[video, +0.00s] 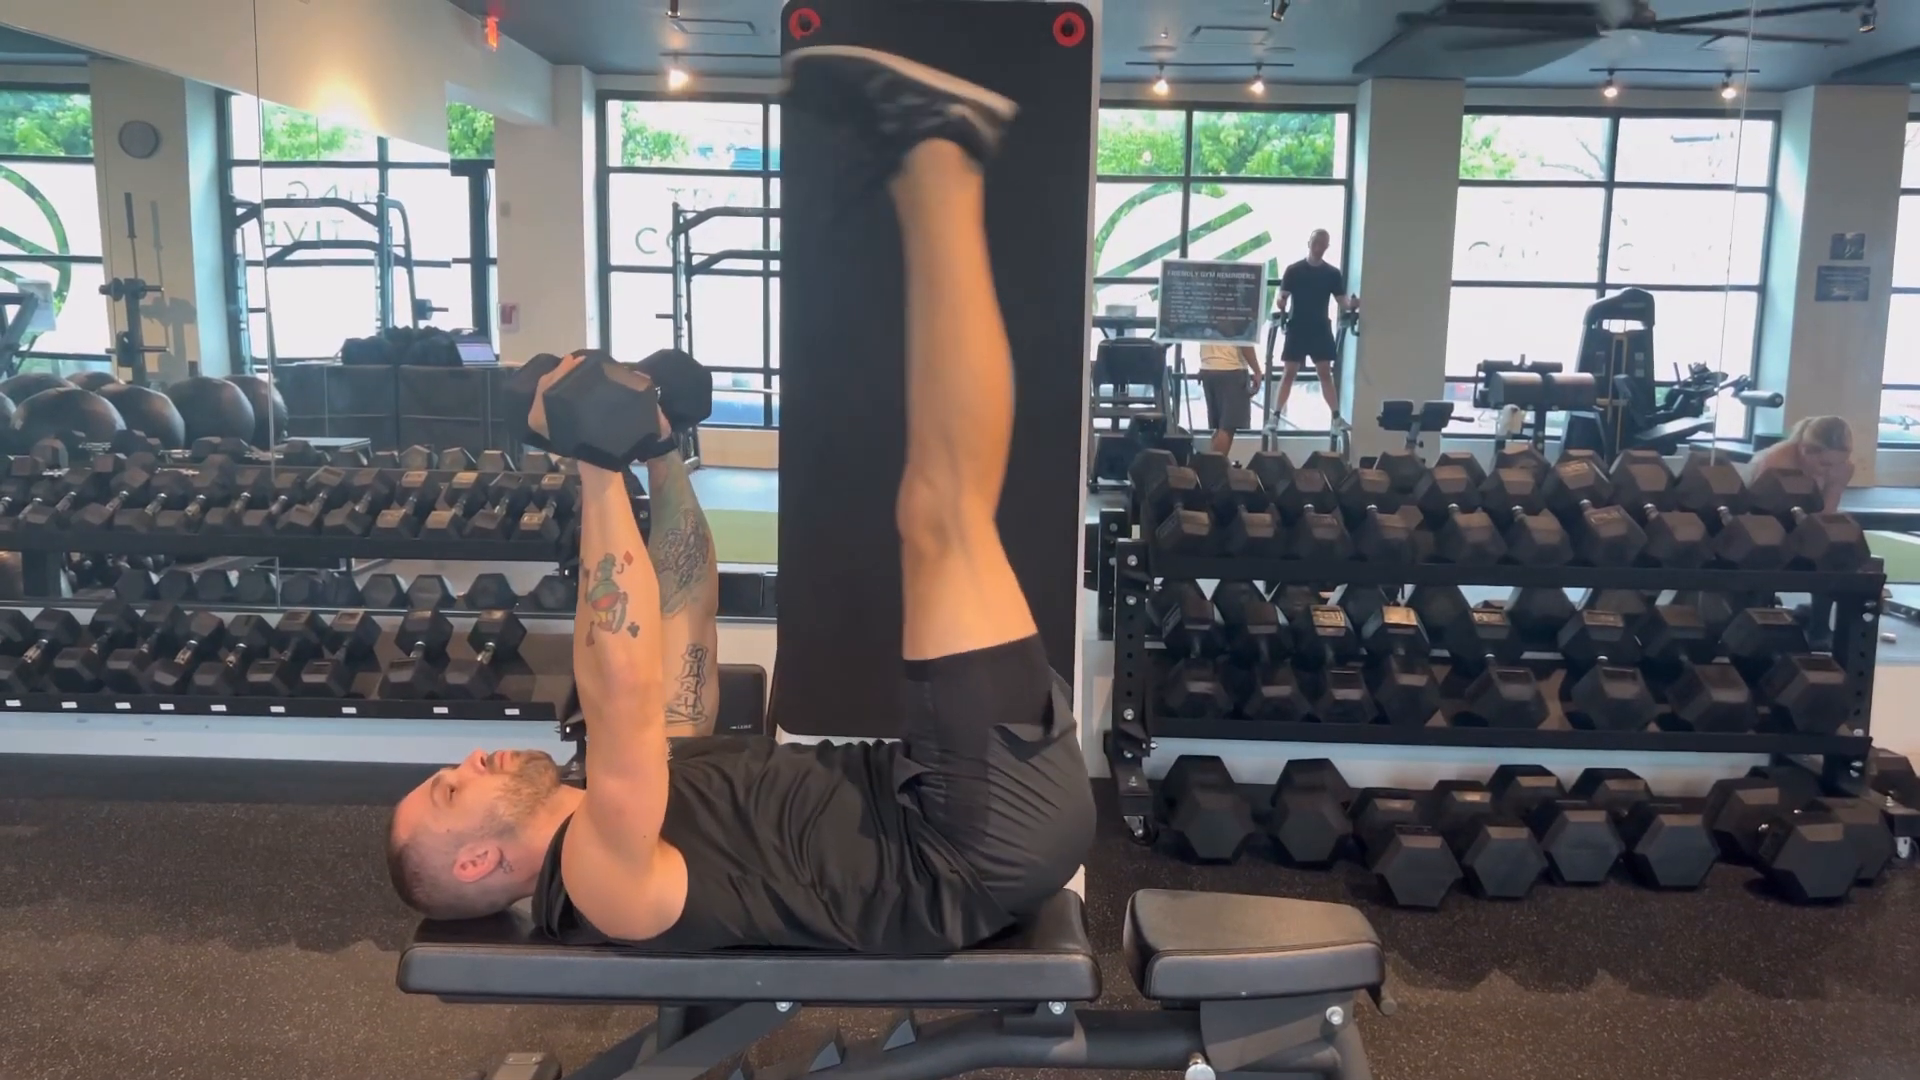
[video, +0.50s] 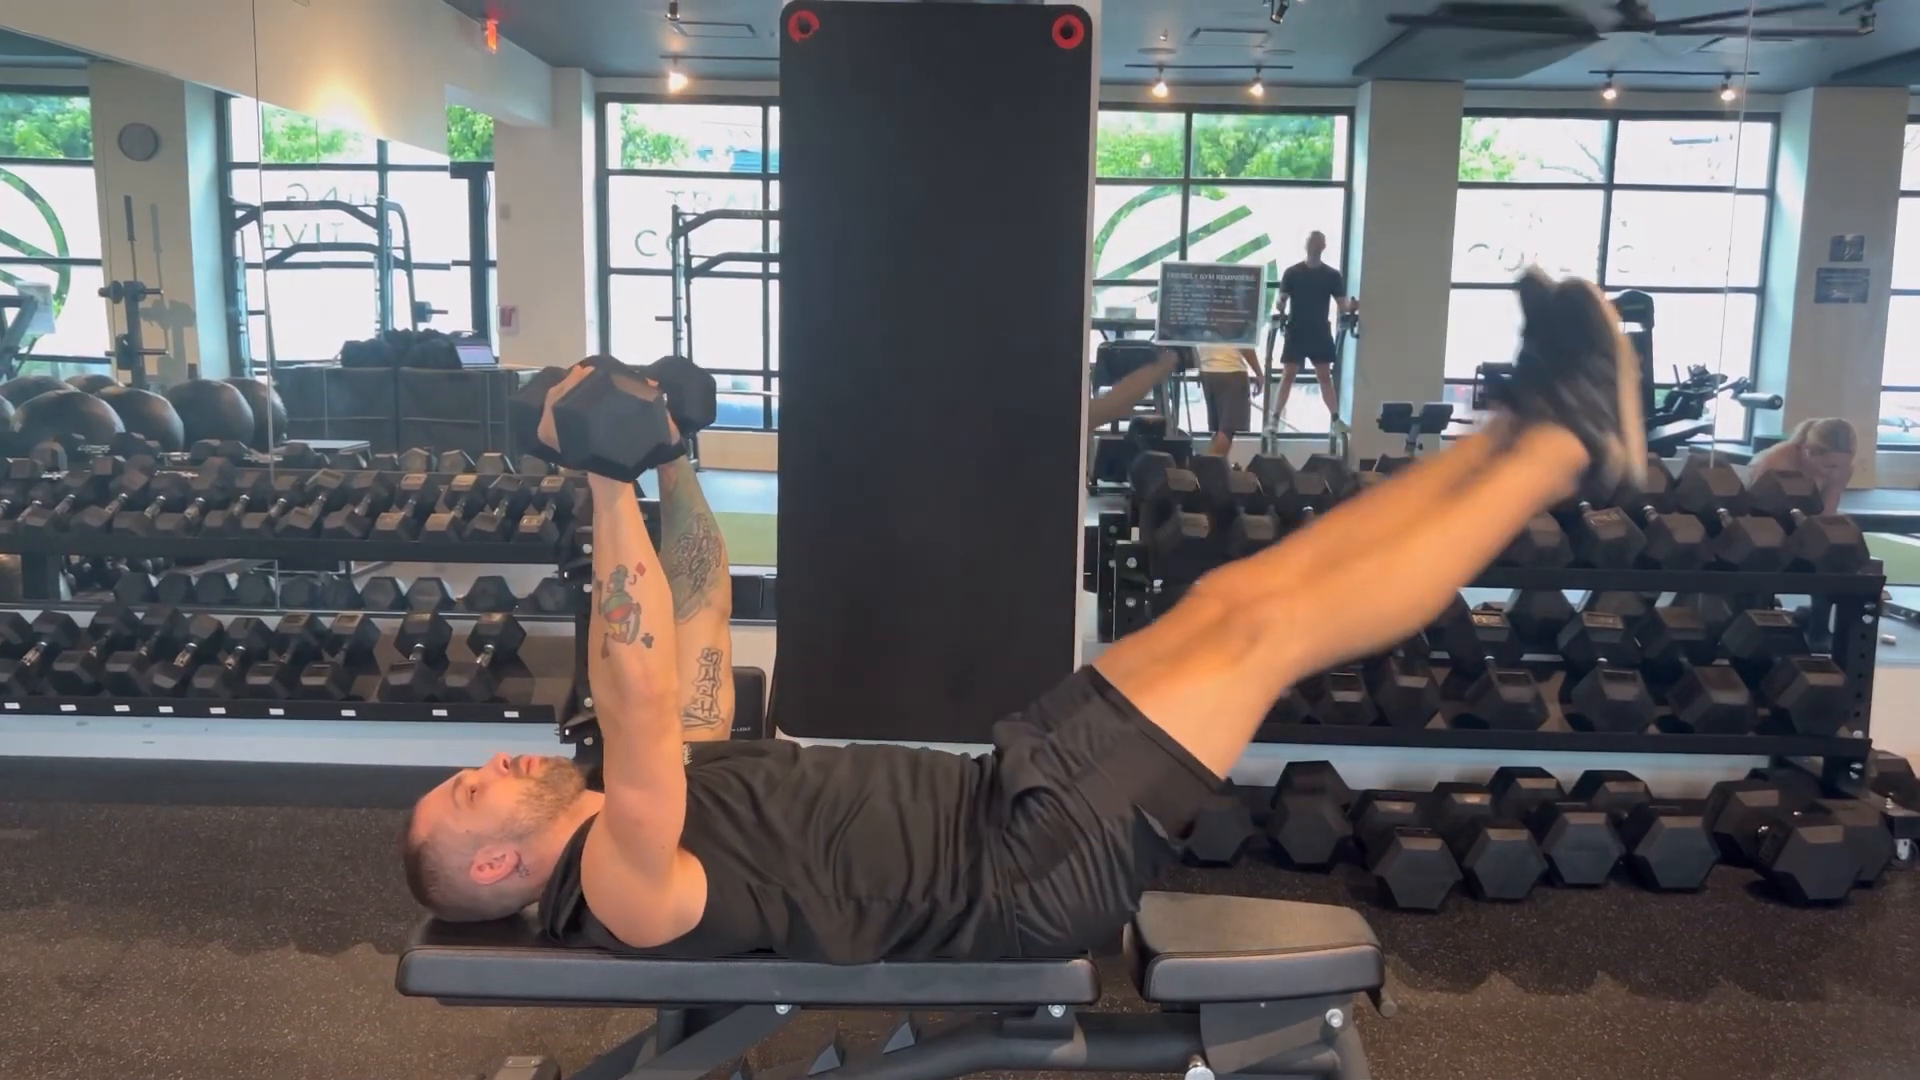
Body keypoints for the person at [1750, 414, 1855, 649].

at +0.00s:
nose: (1832, 472)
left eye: (1838, 465)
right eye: (1826, 464)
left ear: (1846, 458)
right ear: (1804, 450)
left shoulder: (1837, 467)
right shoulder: (1774, 465)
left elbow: (1822, 528)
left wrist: (1836, 488)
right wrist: (1836, 490)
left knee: (1845, 552)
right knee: (1828, 555)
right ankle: (1819, 630)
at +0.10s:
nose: (1831, 472)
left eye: (1838, 465)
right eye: (1826, 464)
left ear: (1846, 458)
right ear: (1805, 450)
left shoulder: (1843, 468)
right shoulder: (1773, 464)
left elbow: (1825, 521)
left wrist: (1836, 489)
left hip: (1800, 537)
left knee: (1834, 553)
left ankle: (1819, 629)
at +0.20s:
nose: (1833, 472)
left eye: (1839, 465)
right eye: (1828, 464)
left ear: (1848, 459)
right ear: (1806, 450)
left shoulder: (1839, 467)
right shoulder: (1774, 466)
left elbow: (1822, 527)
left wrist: (1836, 488)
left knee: (1847, 555)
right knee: (1829, 557)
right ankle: (1819, 632)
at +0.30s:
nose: (1835, 474)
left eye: (1840, 467)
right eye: (1829, 466)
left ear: (1849, 460)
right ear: (1805, 451)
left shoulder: (1840, 468)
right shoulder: (1775, 464)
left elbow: (1825, 521)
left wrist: (1836, 488)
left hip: (1799, 538)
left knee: (1846, 556)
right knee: (1828, 558)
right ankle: (1819, 630)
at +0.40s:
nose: (1835, 474)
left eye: (1841, 467)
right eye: (1829, 466)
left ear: (1849, 460)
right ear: (1806, 451)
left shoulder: (1842, 468)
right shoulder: (1775, 463)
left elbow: (1825, 519)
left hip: (1801, 537)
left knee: (1847, 555)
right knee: (1829, 558)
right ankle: (1818, 630)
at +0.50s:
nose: (1836, 474)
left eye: (1841, 467)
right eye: (1830, 466)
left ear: (1849, 460)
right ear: (1806, 451)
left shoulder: (1841, 467)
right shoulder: (1774, 465)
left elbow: (1825, 521)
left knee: (1847, 556)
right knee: (1828, 559)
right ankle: (1818, 631)